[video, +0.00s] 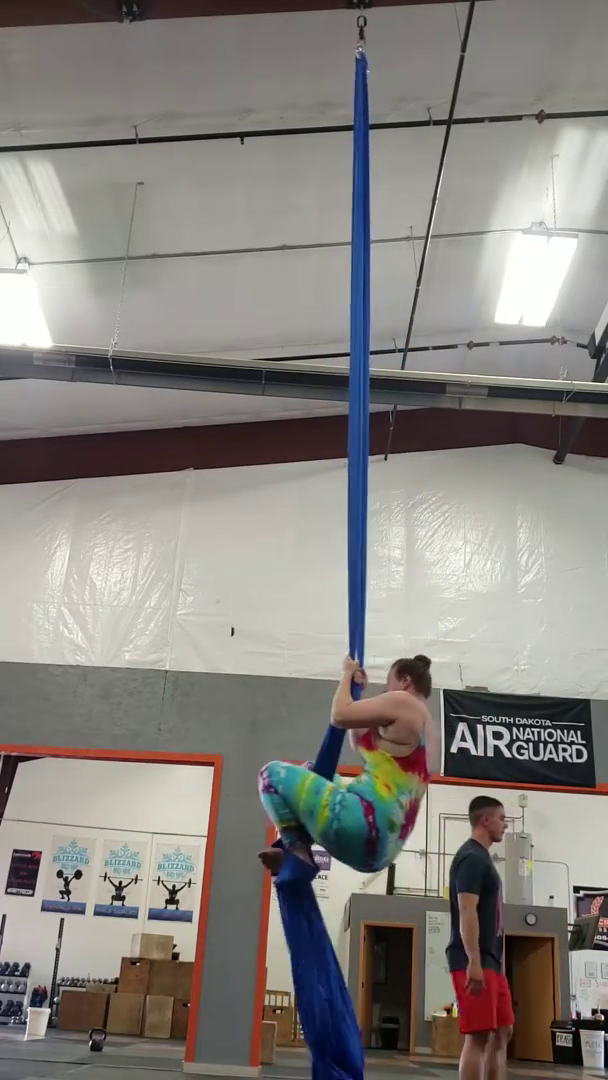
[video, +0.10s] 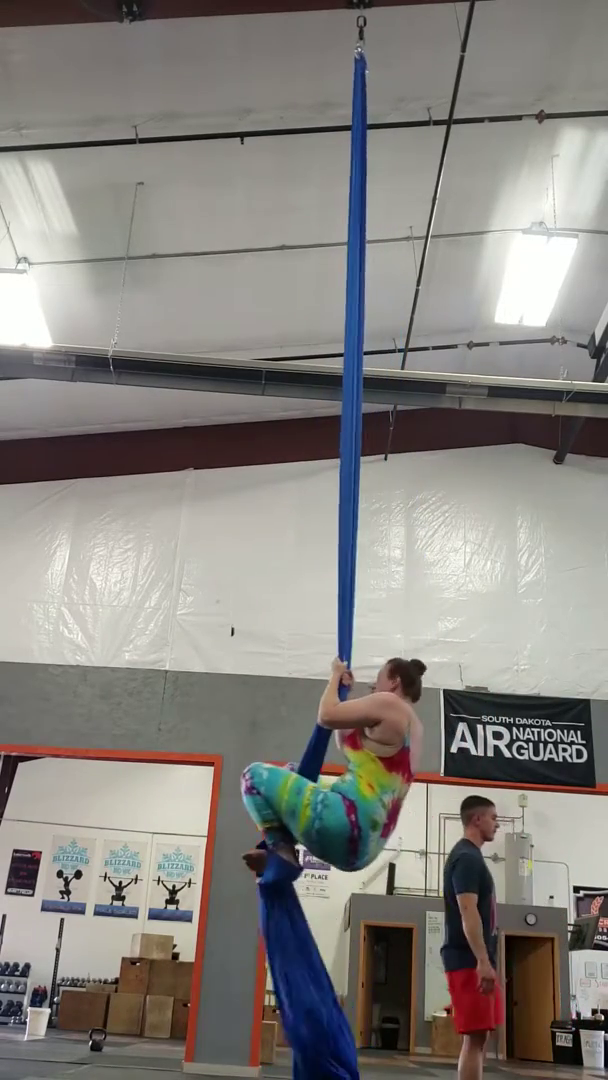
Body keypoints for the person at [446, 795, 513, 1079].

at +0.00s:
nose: (505, 825)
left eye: (505, 819)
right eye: (502, 819)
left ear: (484, 821)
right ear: (484, 820)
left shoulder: (482, 857)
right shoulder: (471, 857)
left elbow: (487, 914)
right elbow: (467, 911)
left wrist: (496, 962)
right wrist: (473, 961)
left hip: (491, 963)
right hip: (474, 963)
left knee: (503, 1032)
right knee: (478, 1037)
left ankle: (493, 1075)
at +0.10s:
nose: (497, 825)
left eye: (496, 819)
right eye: (493, 819)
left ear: (475, 821)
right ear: (476, 820)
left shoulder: (467, 854)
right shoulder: (466, 857)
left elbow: (471, 912)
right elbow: (468, 912)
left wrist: (486, 961)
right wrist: (483, 961)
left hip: (471, 961)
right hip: (468, 961)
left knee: (478, 1038)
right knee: (474, 1039)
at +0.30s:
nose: (478, 824)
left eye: (477, 819)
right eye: (474, 818)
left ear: (454, 821)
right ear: (458, 820)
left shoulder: (445, 855)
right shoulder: (452, 857)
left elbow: (452, 911)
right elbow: (462, 908)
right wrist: (494, 955)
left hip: (449, 957)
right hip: (459, 957)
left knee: (454, 1030)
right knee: (470, 1034)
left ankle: (415, 1076)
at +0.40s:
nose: (468, 826)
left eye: (467, 820)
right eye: (464, 820)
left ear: (444, 823)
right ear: (448, 822)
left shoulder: (431, 858)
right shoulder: (443, 858)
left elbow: (438, 915)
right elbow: (457, 910)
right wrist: (490, 953)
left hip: (436, 960)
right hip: (452, 960)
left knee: (433, 1032)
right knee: (465, 1035)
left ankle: (405, 1076)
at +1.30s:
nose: (421, 830)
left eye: (420, 824)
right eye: (417, 824)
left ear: (395, 826)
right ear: (401, 824)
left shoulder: (373, 863)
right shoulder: (406, 859)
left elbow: (371, 916)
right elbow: (419, 908)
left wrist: (372, 961)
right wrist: (435, 957)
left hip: (375, 961)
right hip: (405, 959)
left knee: (380, 1031)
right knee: (424, 1029)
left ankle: (377, 1077)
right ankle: (433, 1076)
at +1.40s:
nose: (422, 830)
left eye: (422, 825)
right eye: (419, 825)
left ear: (397, 826)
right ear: (403, 825)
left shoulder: (374, 863)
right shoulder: (409, 859)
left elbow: (374, 915)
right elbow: (423, 909)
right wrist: (441, 956)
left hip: (375, 960)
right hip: (407, 958)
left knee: (380, 1032)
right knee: (427, 1030)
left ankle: (376, 1077)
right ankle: (439, 1076)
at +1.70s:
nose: (437, 833)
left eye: (436, 827)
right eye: (434, 827)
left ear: (412, 828)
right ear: (418, 827)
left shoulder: (390, 865)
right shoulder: (425, 864)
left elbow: (388, 913)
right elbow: (439, 915)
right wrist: (459, 957)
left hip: (387, 960)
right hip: (417, 962)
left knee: (385, 1031)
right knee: (433, 1034)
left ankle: (378, 1078)